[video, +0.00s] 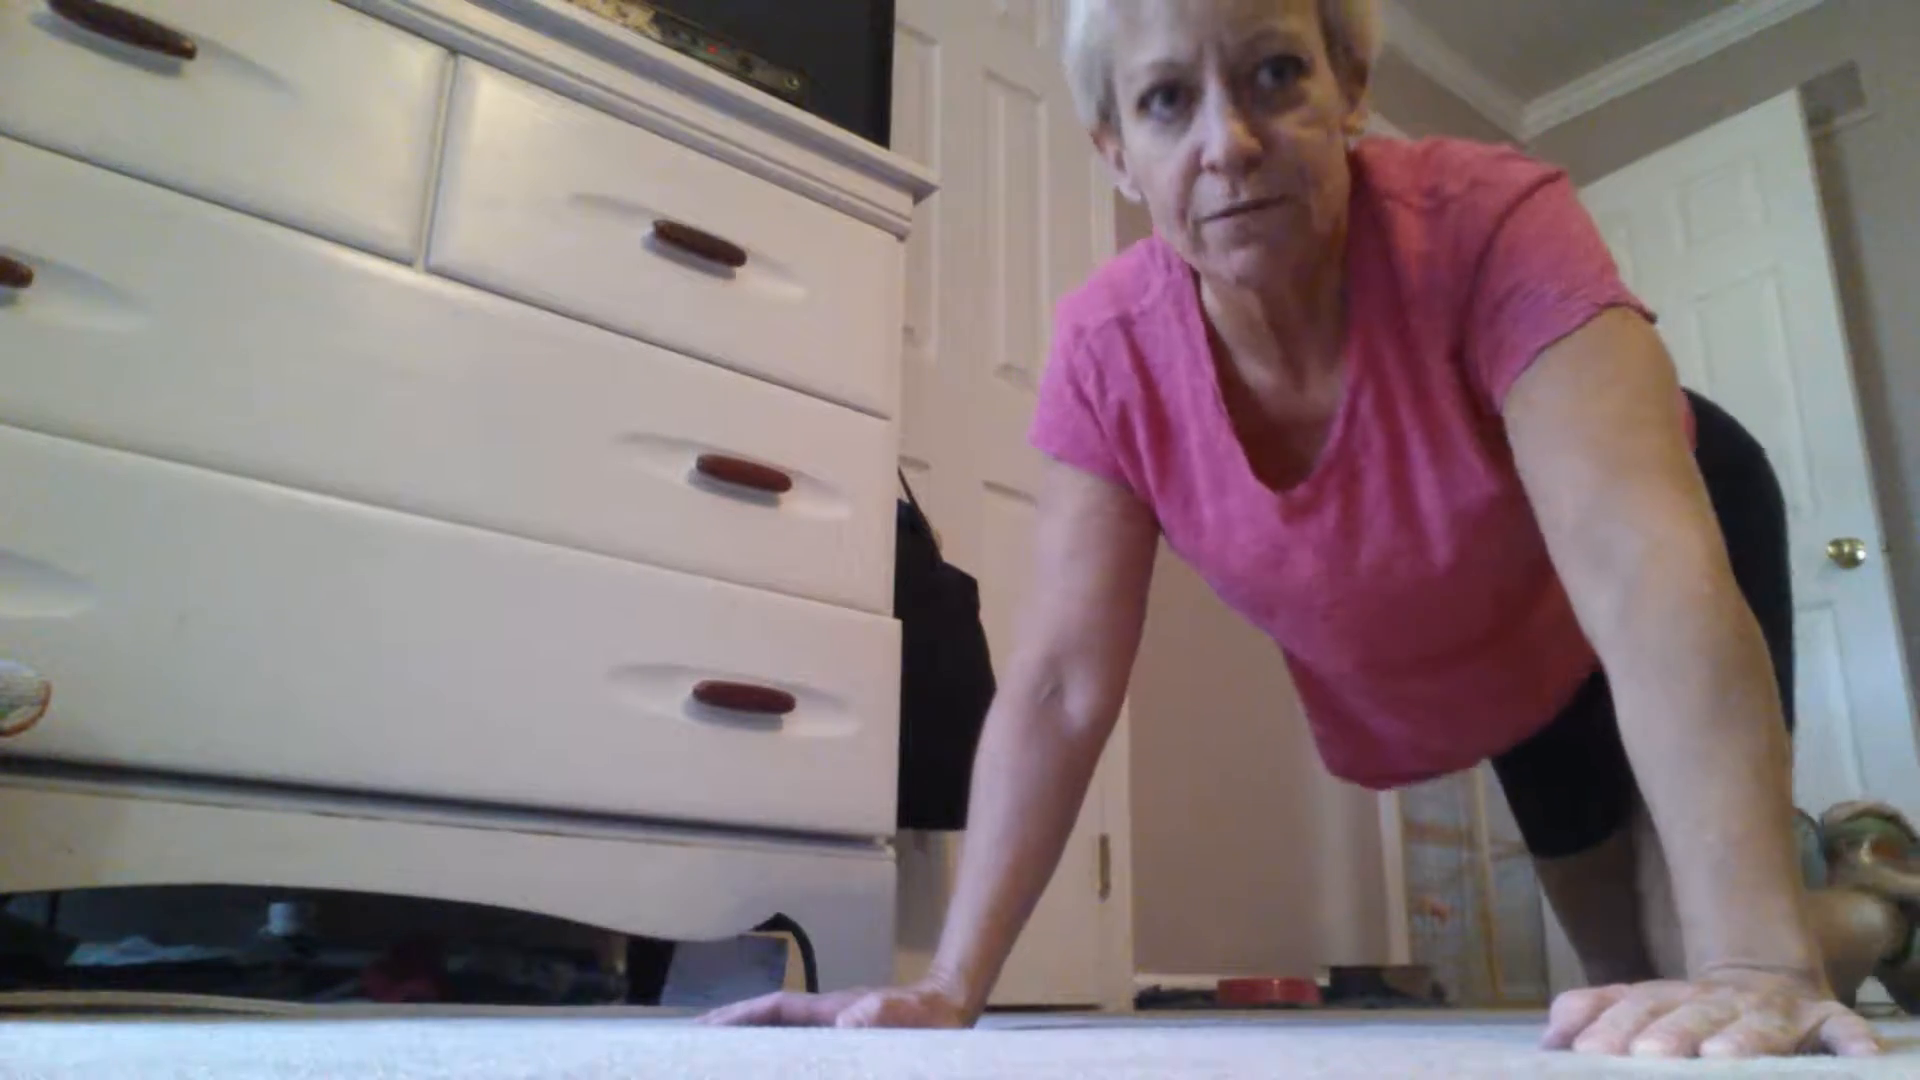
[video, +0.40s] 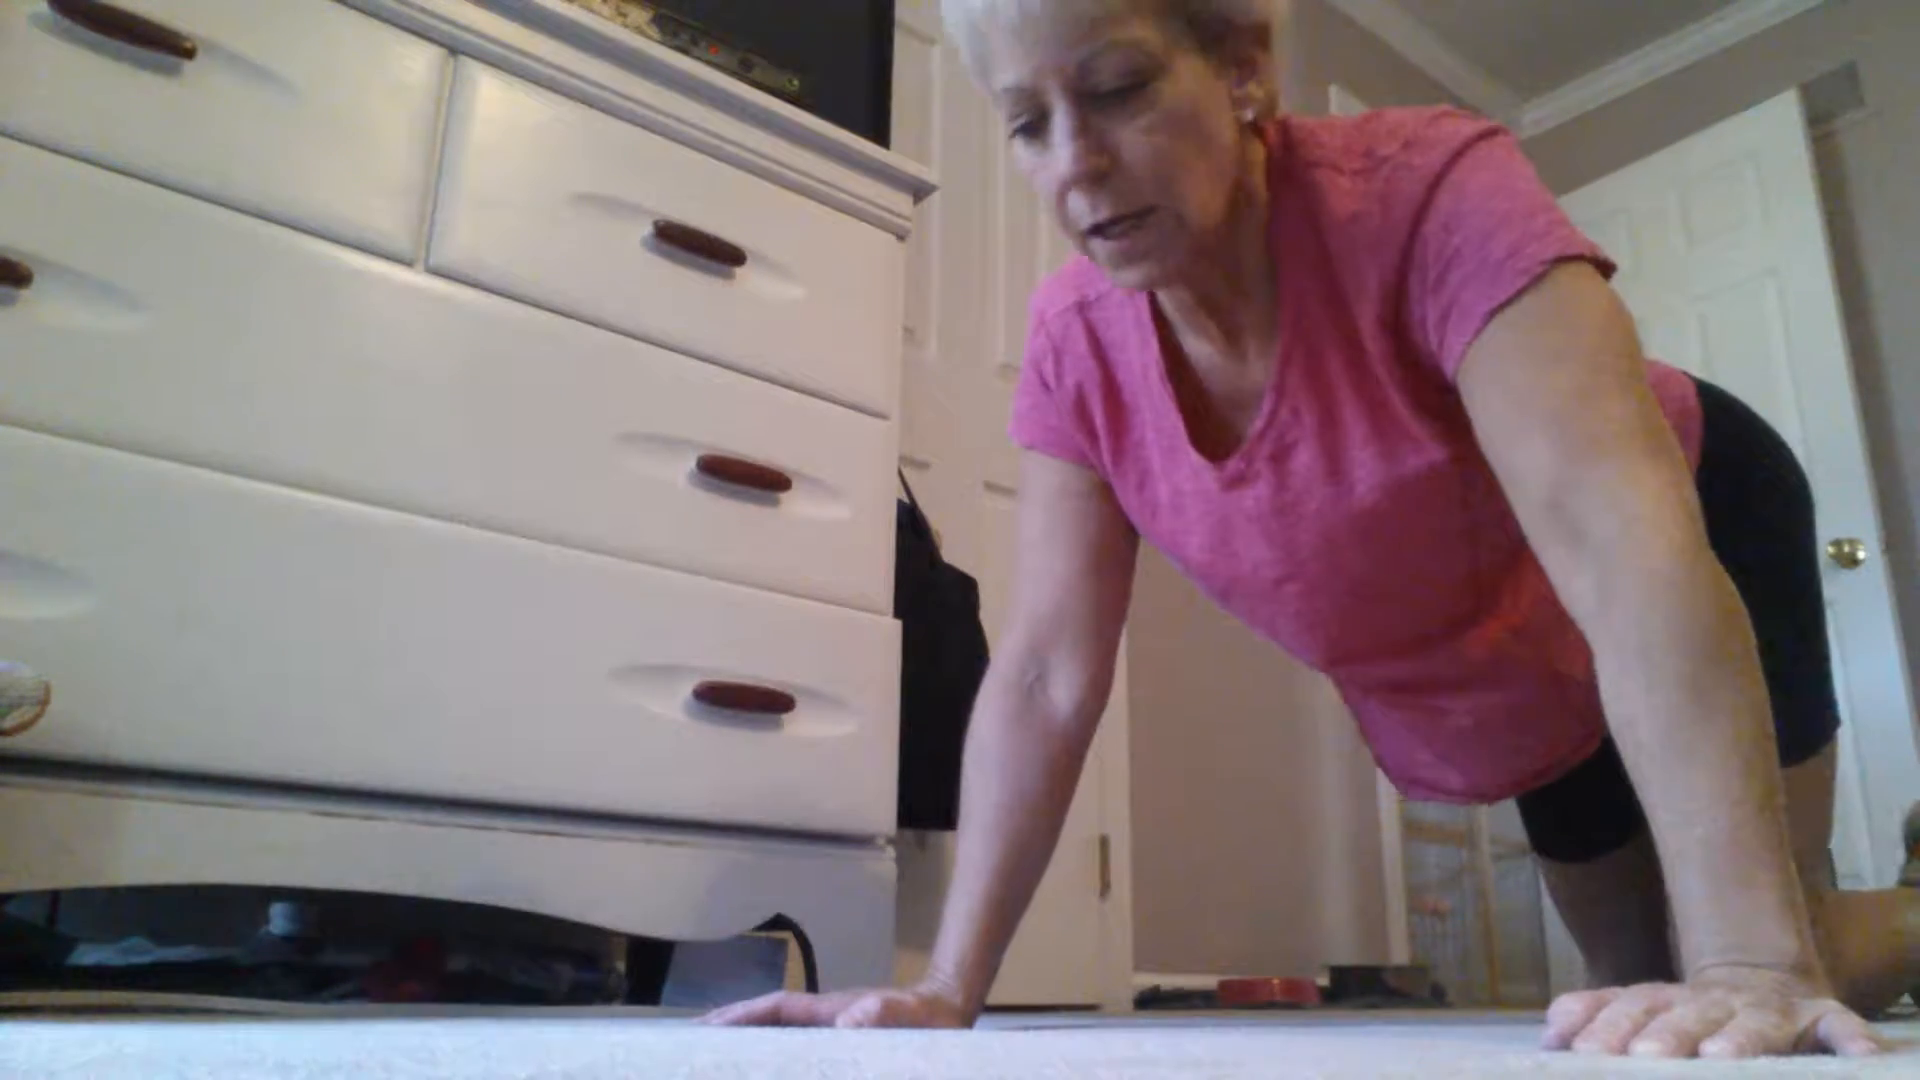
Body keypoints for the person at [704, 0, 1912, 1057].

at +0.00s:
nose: (1229, 143)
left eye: (1271, 78)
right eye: (1169, 103)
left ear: (1348, 95)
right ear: (1117, 160)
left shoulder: (1492, 224)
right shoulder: (1110, 341)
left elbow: (1651, 563)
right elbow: (1059, 684)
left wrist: (1749, 969)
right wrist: (953, 978)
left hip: (1654, 557)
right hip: (1487, 655)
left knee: (1739, 957)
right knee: (1620, 980)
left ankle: (1865, 906)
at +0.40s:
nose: (1077, 166)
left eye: (1117, 89)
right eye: (1031, 120)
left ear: (1246, 69)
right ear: (1007, 136)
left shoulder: (1435, 191)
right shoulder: (1080, 330)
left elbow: (1624, 530)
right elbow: (1042, 674)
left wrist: (1754, 972)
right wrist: (950, 983)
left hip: (1678, 542)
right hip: (1500, 659)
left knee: (1776, 955)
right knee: (1644, 999)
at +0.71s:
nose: (1039, 200)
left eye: (1078, 128)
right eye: (1007, 149)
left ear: (1238, 76)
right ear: (991, 151)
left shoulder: (1458, 181)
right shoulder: (1096, 339)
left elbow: (1677, 540)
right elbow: (1051, 679)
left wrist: (1754, 971)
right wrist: (950, 984)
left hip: (1684, 562)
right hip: (1513, 670)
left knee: (1769, 956)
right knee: (1649, 989)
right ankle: (1888, 924)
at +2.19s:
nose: (1472, 102)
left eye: (1513, 28)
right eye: (1397, 46)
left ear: (1563, 25)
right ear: (1286, 61)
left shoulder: (1665, 131)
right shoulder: (1219, 299)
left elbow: (1756, 519)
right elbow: (1099, 675)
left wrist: (1772, 962)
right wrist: (954, 980)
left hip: (1762, 594)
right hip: (1562, 702)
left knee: (1779, 937)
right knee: (1742, 946)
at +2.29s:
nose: (1465, 76)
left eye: (1502, 12)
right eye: (1388, 25)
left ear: (1555, 19)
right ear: (1279, 60)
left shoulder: (1664, 131)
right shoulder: (1220, 300)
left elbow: (1755, 523)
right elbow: (1101, 673)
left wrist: (1773, 964)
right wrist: (955, 979)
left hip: (1765, 587)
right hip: (1565, 699)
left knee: (1785, 935)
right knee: (1752, 937)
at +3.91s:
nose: (1217, 142)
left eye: (1258, 77)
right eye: (1173, 97)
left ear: (1389, 48)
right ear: (1141, 95)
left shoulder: (1558, 134)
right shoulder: (1183, 304)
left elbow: (1722, 502)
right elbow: (1087, 667)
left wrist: (1751, 931)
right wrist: (951, 981)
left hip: (1734, 566)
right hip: (1560, 670)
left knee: (1767, 944)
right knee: (1790, 903)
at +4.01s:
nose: (1221, 141)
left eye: (1261, 74)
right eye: (1174, 97)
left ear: (1390, 29)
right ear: (1143, 94)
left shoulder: (1558, 127)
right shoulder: (1181, 296)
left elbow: (1745, 487)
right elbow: (1070, 636)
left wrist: (1761, 899)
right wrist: (943, 951)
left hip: (1749, 601)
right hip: (1593, 688)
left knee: (1774, 946)